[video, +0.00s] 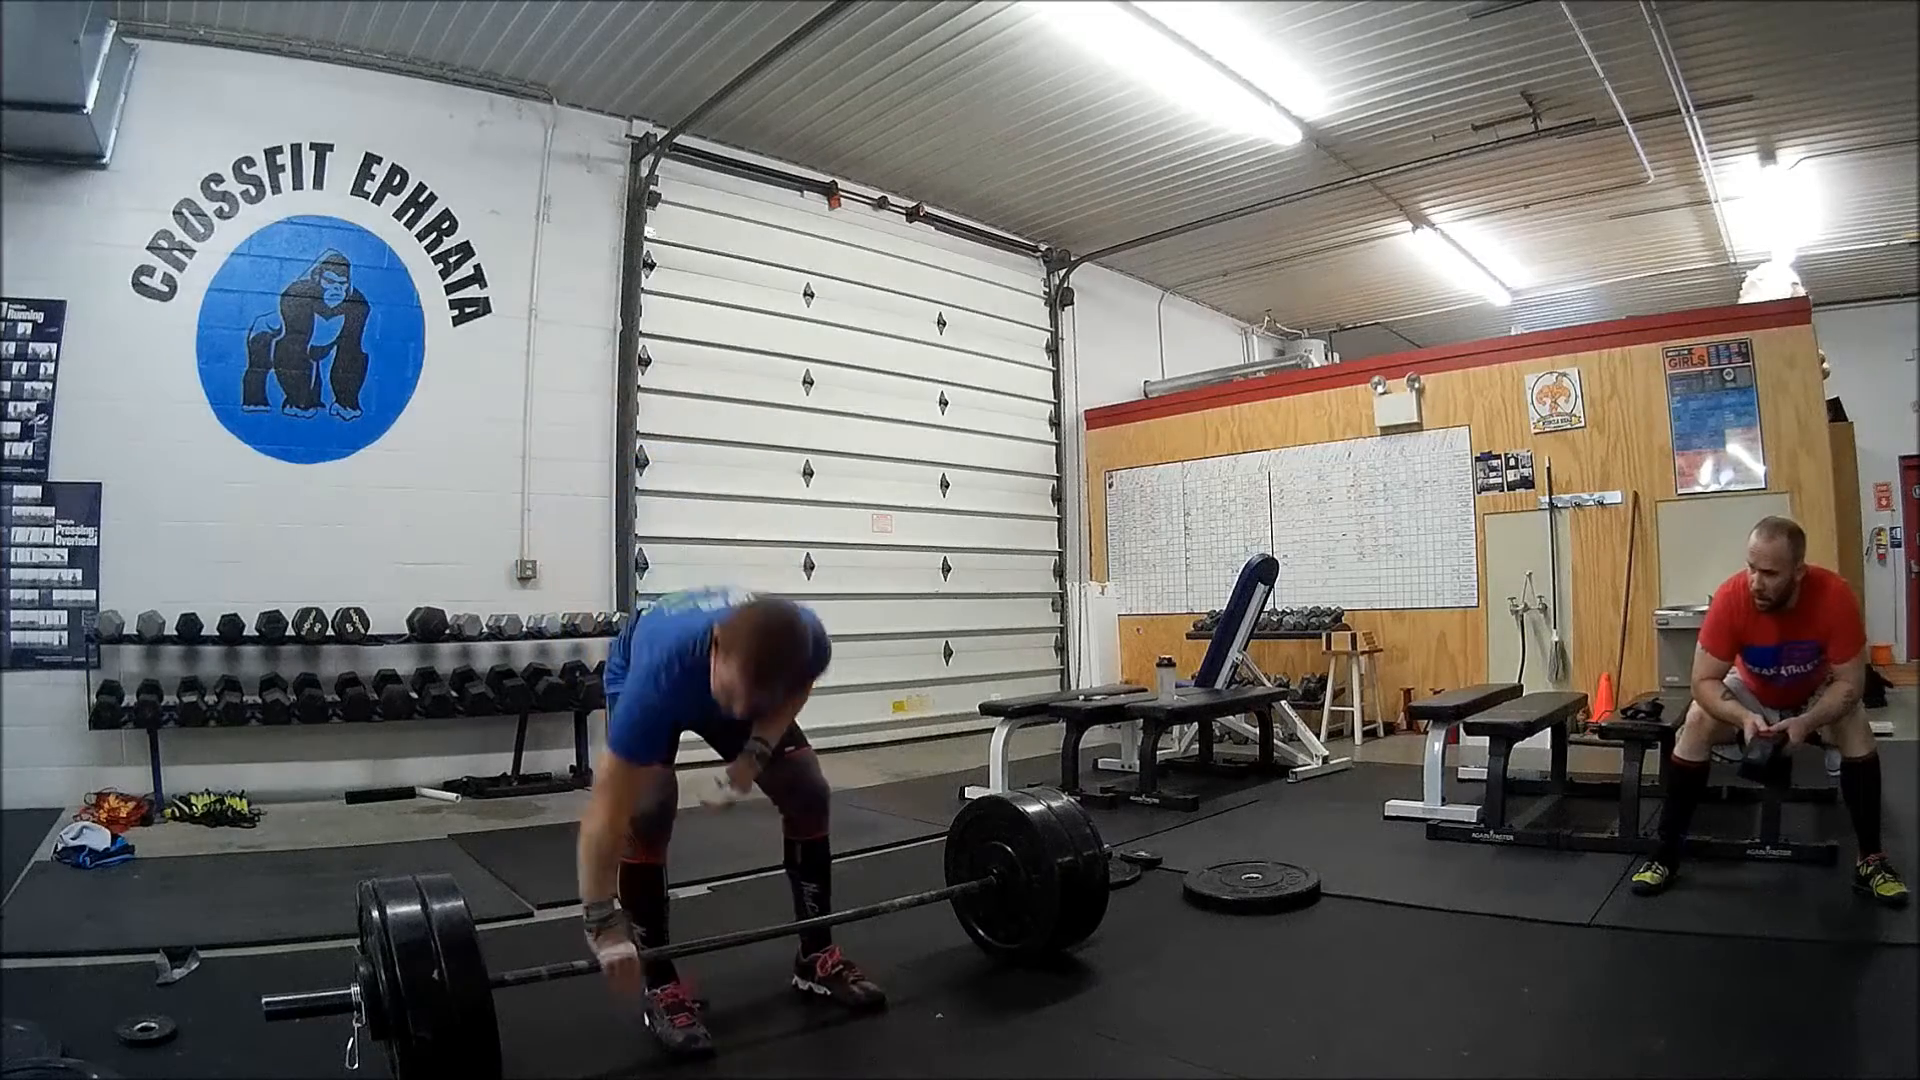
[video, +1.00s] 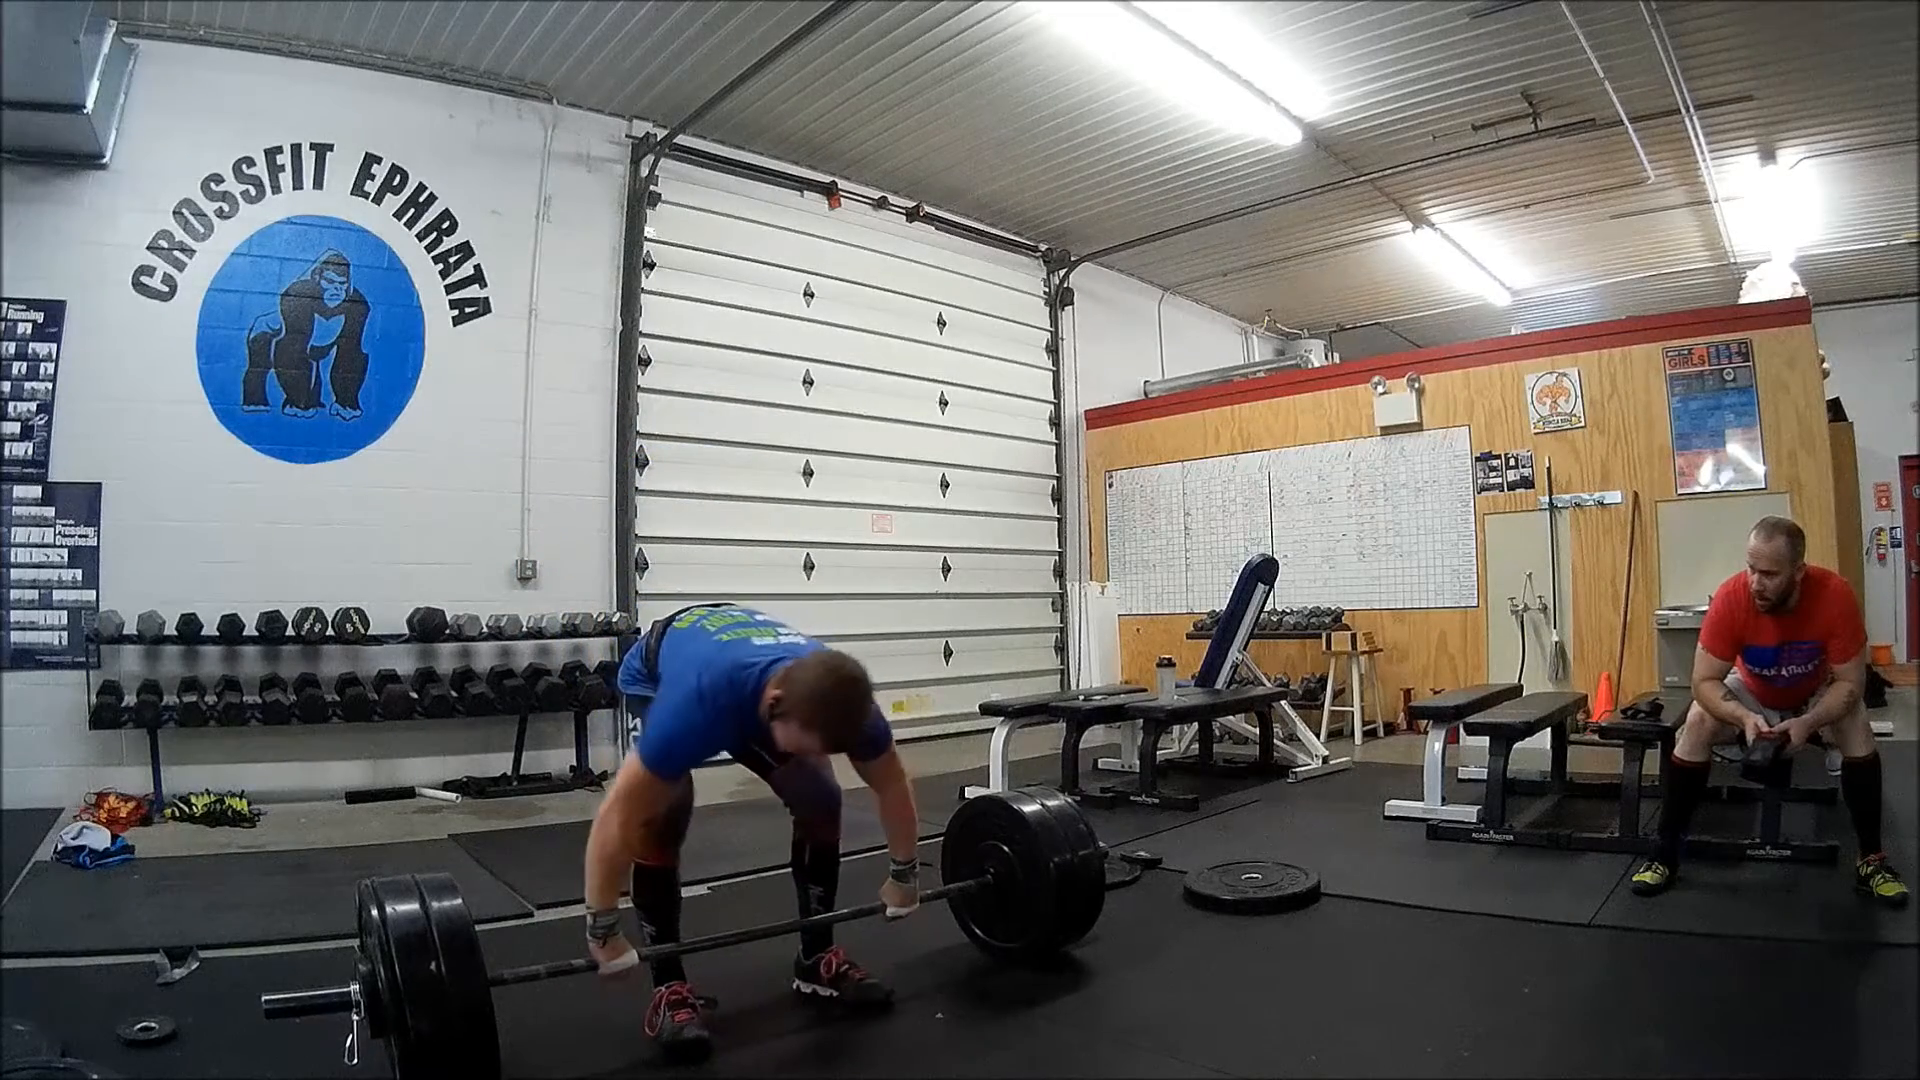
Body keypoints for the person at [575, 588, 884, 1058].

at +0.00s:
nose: (744, 717)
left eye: (759, 708)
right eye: (733, 702)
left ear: (794, 682)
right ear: (716, 656)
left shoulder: (810, 645)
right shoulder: (660, 670)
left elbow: (797, 692)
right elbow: (607, 803)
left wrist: (755, 754)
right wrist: (602, 922)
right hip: (646, 678)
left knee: (809, 793)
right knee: (650, 815)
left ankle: (819, 958)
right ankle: (662, 989)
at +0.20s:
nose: (726, 744)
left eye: (745, 736)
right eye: (718, 727)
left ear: (784, 704)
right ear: (702, 678)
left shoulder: (808, 667)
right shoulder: (643, 690)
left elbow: (803, 707)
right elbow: (592, 814)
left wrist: (754, 773)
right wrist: (600, 931)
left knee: (814, 794)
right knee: (650, 816)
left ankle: (817, 958)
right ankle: (664, 992)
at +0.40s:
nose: (792, 729)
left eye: (797, 719)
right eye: (781, 721)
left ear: (813, 677)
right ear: (733, 693)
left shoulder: (821, 663)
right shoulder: (659, 681)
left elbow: (833, 721)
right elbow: (604, 813)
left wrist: (819, 800)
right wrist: (601, 930)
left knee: (811, 803)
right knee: (647, 823)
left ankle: (821, 957)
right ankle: (669, 988)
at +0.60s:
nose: (851, 740)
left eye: (858, 728)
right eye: (837, 732)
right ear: (792, 706)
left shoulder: (852, 687)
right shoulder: (705, 700)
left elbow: (891, 774)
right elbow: (631, 812)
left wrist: (906, 863)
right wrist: (606, 927)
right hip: (647, 673)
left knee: (804, 803)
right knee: (667, 817)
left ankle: (819, 957)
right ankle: (670, 987)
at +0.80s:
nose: (862, 757)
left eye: (874, 748)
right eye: (858, 747)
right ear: (822, 715)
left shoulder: (867, 687)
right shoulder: (733, 711)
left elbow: (904, 775)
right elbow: (650, 818)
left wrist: (912, 872)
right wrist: (610, 926)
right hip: (657, 678)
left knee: (821, 798)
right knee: (678, 819)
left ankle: (821, 957)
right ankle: (672, 989)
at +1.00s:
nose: (808, 762)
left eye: (822, 755)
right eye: (801, 750)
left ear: (843, 722)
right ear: (774, 703)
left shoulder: (848, 707)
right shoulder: (697, 704)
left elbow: (890, 782)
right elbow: (617, 811)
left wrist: (906, 873)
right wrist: (602, 930)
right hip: (651, 679)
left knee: (820, 800)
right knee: (665, 816)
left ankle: (817, 959)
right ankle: (670, 990)